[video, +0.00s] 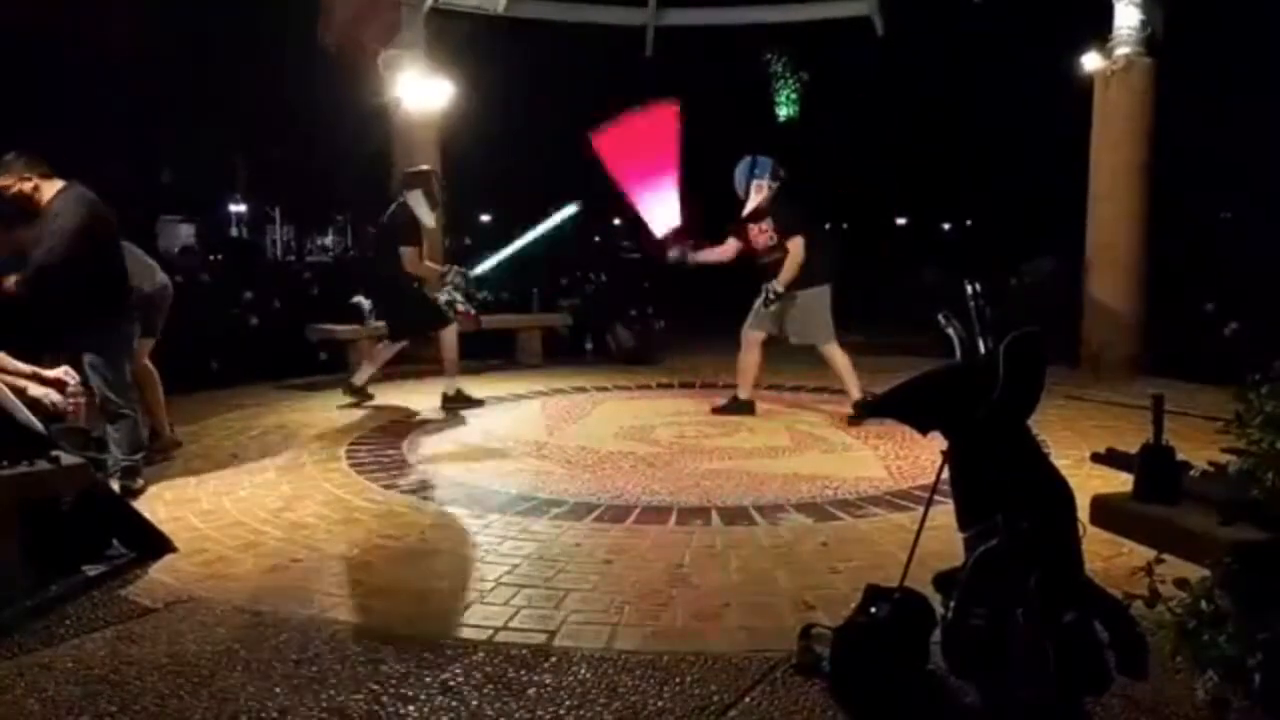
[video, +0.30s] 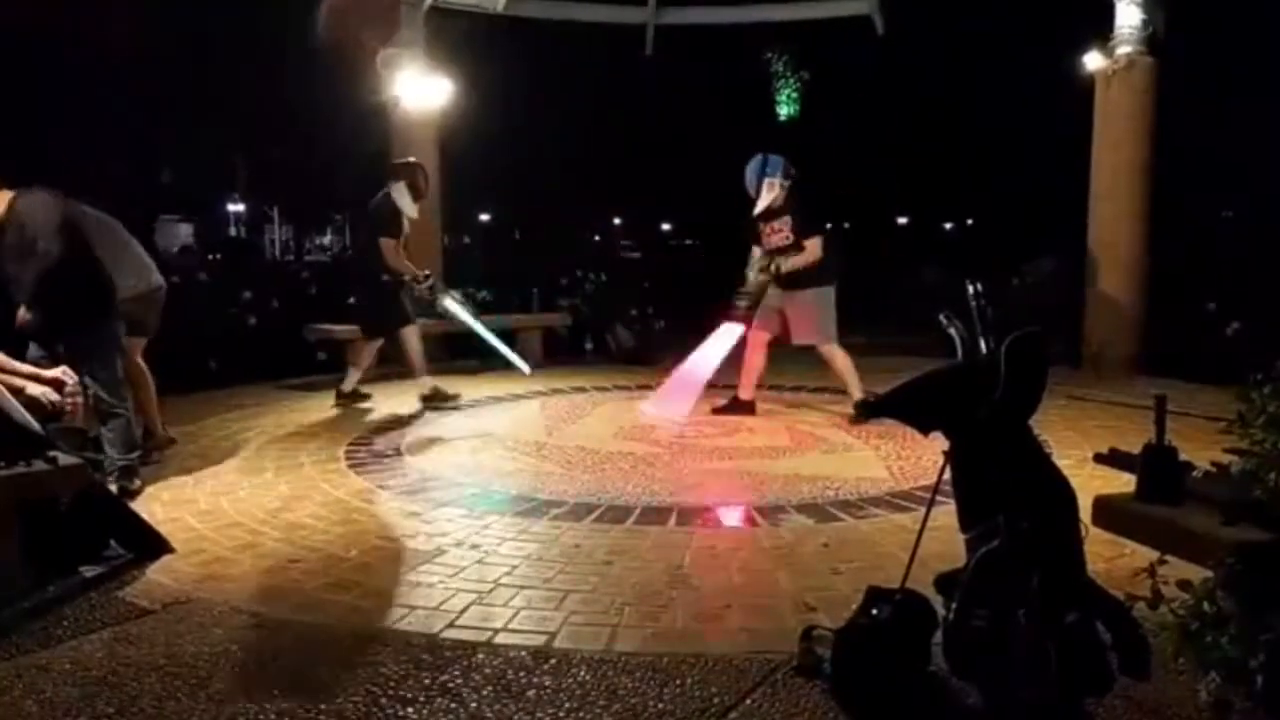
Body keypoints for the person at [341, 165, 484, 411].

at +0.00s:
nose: (439, 192)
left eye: (438, 186)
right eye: (435, 186)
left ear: (412, 189)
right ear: (422, 189)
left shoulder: (400, 213)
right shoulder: (406, 215)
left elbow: (413, 261)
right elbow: (411, 264)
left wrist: (442, 271)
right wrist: (443, 274)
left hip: (387, 288)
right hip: (398, 289)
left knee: (401, 335)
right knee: (447, 324)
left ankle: (356, 382)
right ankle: (452, 390)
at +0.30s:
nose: (425, 186)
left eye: (424, 180)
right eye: (421, 180)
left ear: (403, 180)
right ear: (409, 181)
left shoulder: (395, 206)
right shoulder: (388, 207)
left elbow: (396, 251)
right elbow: (390, 254)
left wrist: (415, 273)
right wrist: (415, 275)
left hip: (376, 278)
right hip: (381, 279)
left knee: (374, 335)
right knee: (408, 328)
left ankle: (347, 388)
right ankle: (426, 387)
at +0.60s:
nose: (424, 184)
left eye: (423, 178)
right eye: (421, 178)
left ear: (401, 178)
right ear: (409, 179)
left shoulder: (386, 202)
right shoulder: (389, 205)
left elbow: (394, 249)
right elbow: (392, 251)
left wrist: (421, 264)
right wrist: (420, 268)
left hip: (367, 276)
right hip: (376, 278)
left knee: (374, 330)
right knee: (419, 321)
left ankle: (348, 387)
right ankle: (406, 382)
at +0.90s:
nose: (436, 191)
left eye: (435, 185)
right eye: (432, 184)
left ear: (408, 186)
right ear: (421, 185)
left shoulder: (396, 208)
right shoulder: (407, 211)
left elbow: (425, 256)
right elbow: (425, 257)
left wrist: (459, 261)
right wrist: (461, 262)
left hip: (378, 279)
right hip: (393, 281)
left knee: (388, 331)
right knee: (435, 327)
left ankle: (353, 382)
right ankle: (435, 387)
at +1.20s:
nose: (422, 190)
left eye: (422, 184)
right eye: (419, 184)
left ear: (396, 183)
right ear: (408, 184)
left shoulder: (381, 205)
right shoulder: (393, 209)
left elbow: (407, 253)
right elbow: (409, 255)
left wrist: (438, 270)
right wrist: (440, 272)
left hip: (372, 279)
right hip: (385, 281)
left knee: (367, 333)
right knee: (416, 326)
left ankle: (337, 385)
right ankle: (431, 387)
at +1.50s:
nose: (404, 181)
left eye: (404, 175)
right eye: (401, 175)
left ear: (380, 175)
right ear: (390, 175)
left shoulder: (368, 198)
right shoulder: (377, 202)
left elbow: (384, 246)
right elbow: (383, 246)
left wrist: (404, 271)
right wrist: (406, 271)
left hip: (353, 270)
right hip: (365, 271)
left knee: (353, 327)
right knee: (388, 323)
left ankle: (334, 385)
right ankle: (383, 385)